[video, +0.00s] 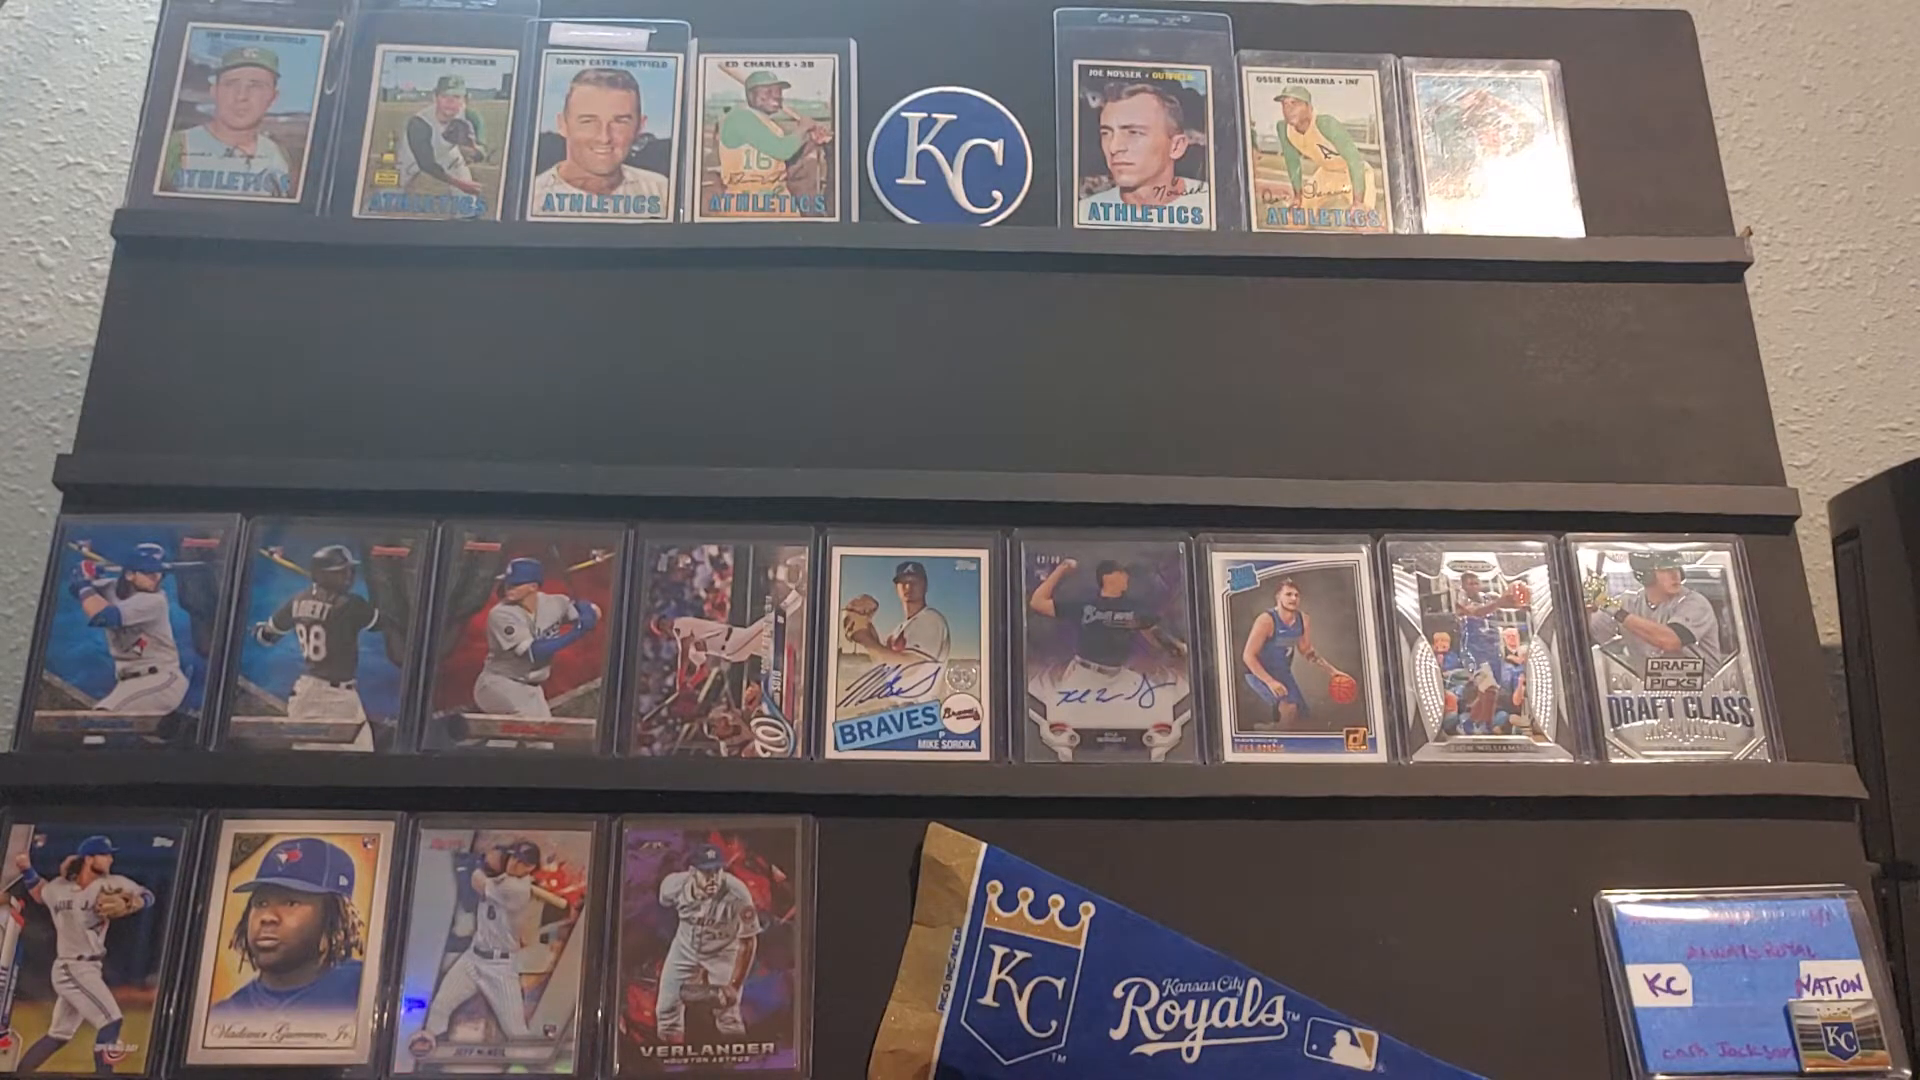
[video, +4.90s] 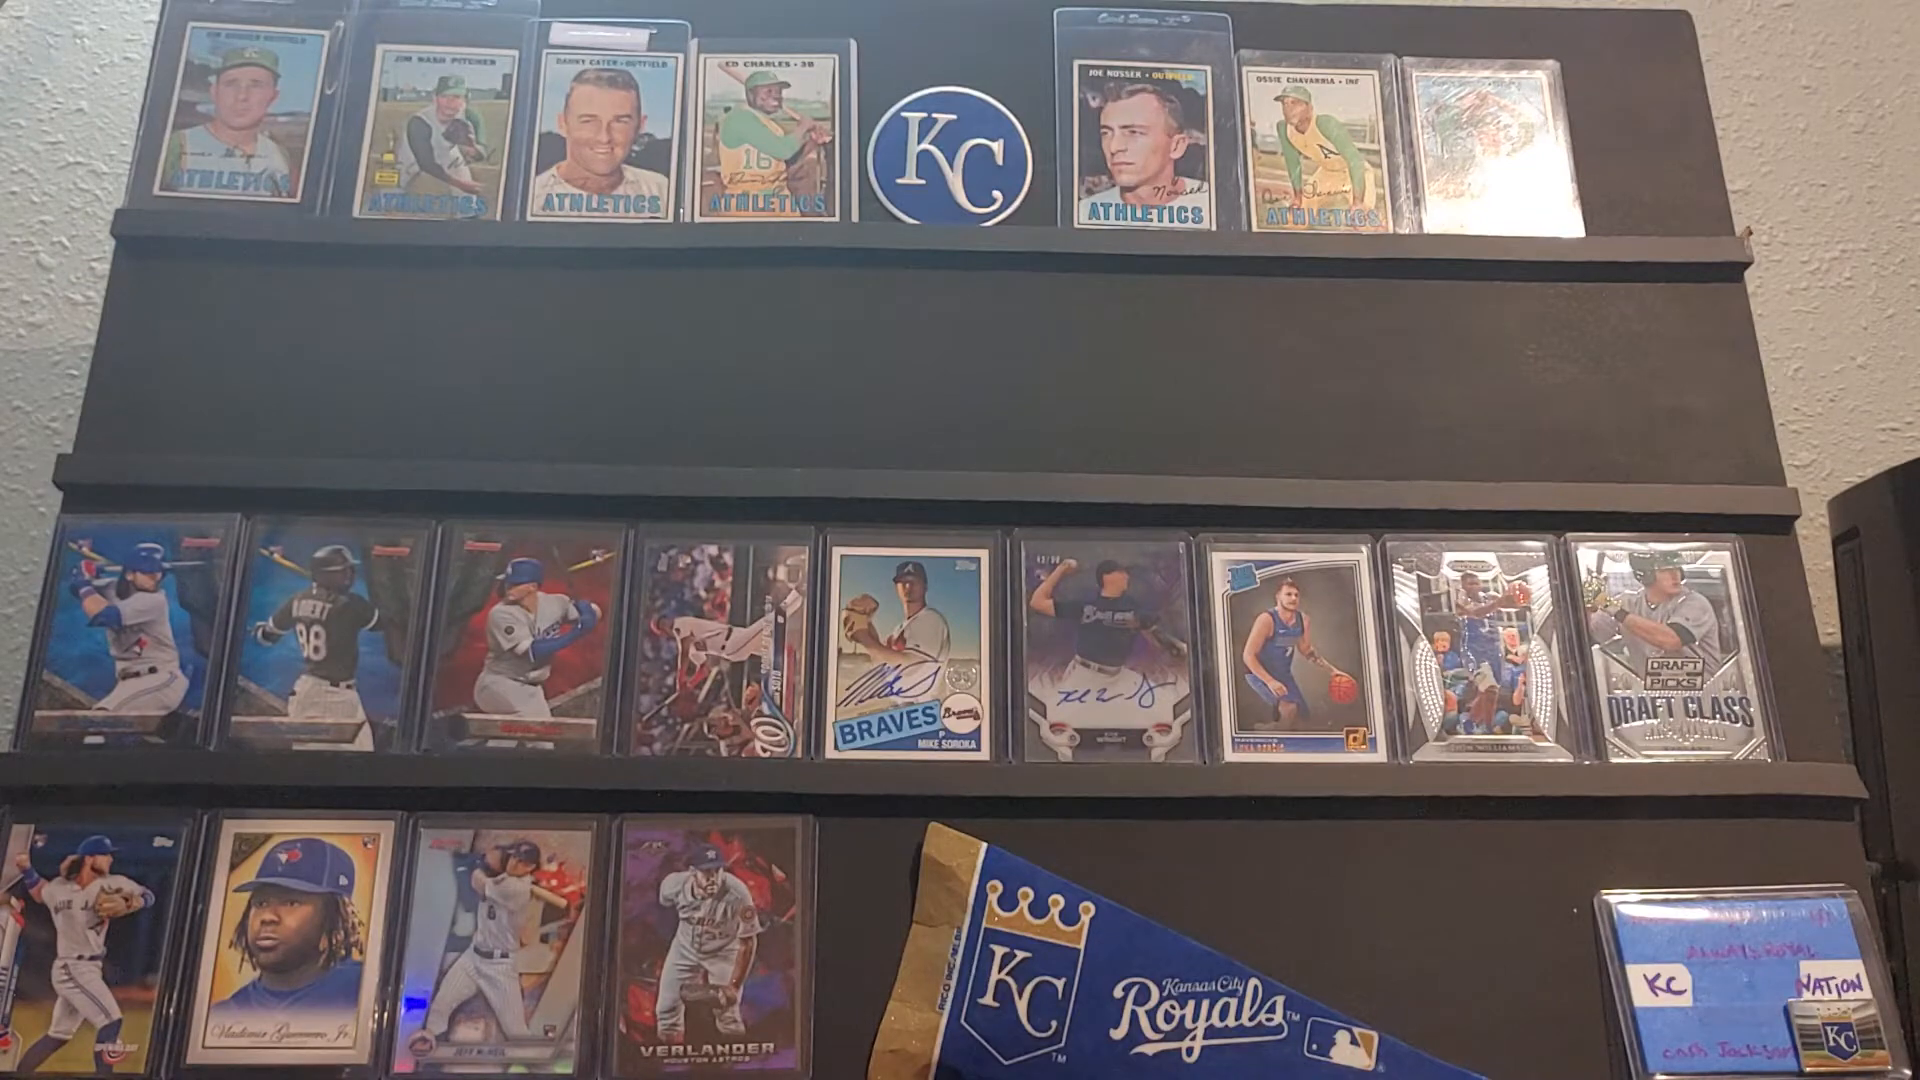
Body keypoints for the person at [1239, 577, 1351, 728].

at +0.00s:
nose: (1293, 599)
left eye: (1296, 595)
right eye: (1288, 595)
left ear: (1300, 598)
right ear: (1278, 598)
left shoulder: (1302, 619)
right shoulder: (1266, 620)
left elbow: (1307, 650)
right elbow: (1248, 656)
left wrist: (1332, 671)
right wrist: (1270, 682)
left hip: (1283, 672)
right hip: (1260, 672)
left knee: (1300, 713)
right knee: (1289, 707)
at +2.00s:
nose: (1293, 599)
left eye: (1296, 595)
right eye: (1288, 595)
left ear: (1299, 598)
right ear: (1278, 598)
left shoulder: (1302, 619)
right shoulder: (1266, 620)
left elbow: (1306, 650)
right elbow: (1248, 656)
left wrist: (1333, 671)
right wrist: (1270, 682)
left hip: (1284, 673)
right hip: (1260, 673)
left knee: (1302, 714)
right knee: (1288, 706)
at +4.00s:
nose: (1293, 599)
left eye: (1296, 595)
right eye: (1288, 595)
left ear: (1299, 598)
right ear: (1278, 597)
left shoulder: (1302, 619)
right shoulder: (1266, 620)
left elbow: (1306, 650)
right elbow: (1248, 656)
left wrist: (1333, 672)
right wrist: (1270, 682)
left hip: (1283, 673)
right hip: (1260, 673)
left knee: (1302, 715)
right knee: (1289, 707)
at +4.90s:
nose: (1293, 599)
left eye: (1296, 595)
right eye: (1288, 595)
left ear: (1299, 598)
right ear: (1278, 597)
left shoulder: (1303, 619)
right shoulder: (1266, 620)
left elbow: (1306, 650)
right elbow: (1248, 656)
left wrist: (1333, 671)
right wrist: (1270, 681)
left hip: (1284, 673)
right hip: (1260, 673)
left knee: (1302, 714)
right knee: (1289, 706)